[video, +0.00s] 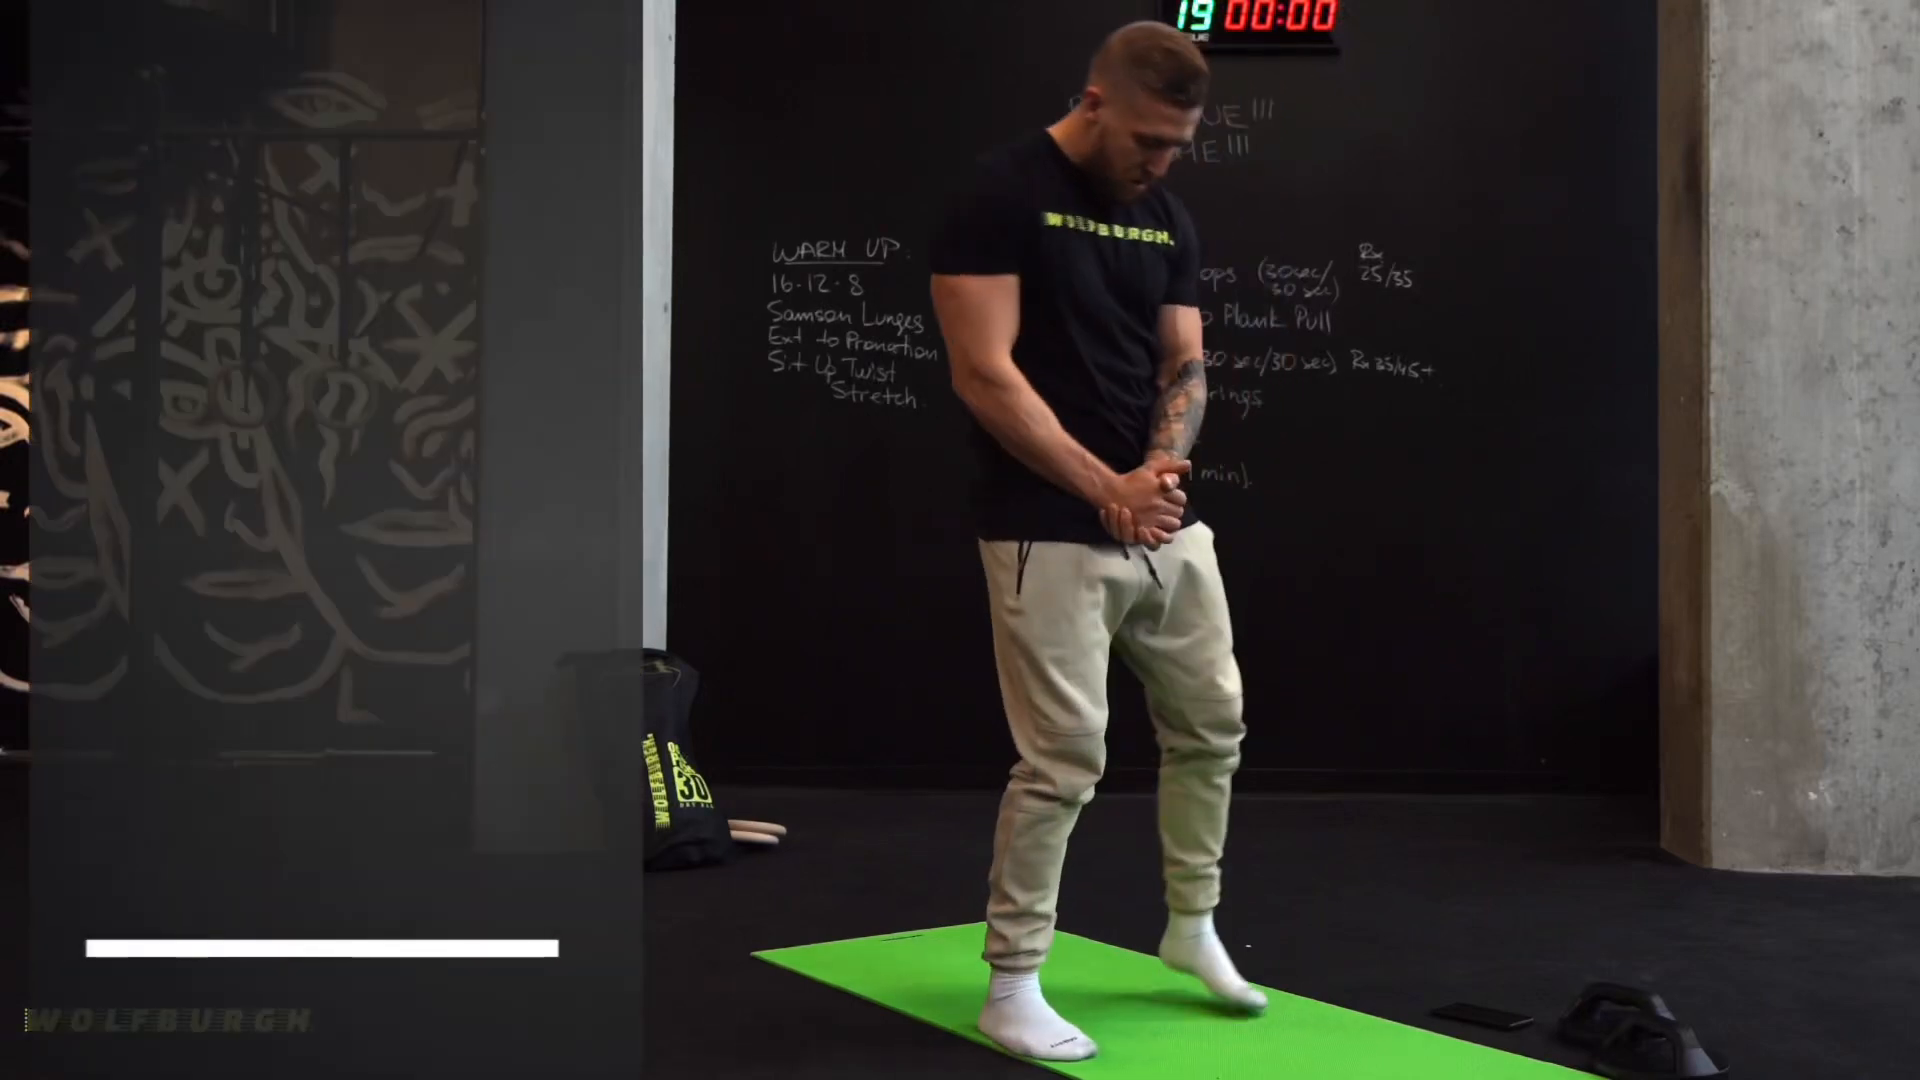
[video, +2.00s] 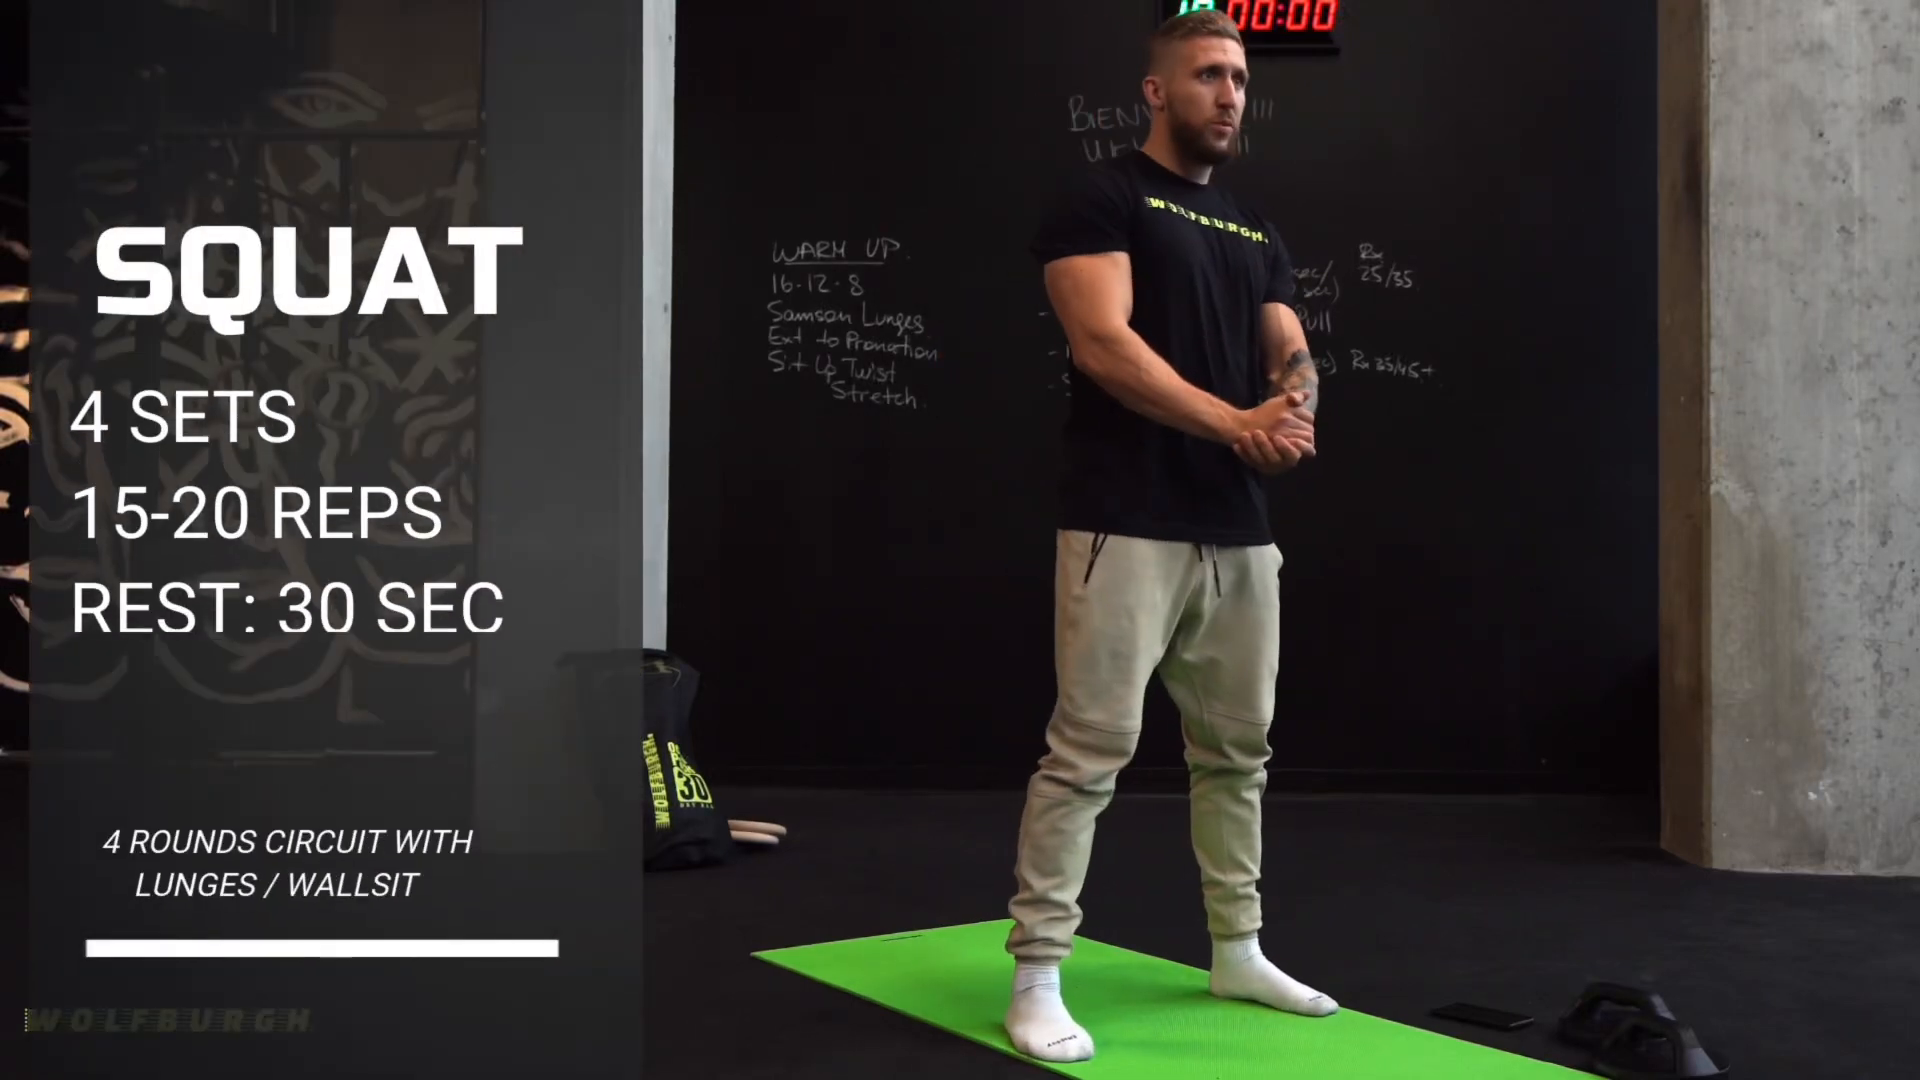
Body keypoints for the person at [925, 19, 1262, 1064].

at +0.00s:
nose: (1163, 166)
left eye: (1177, 147)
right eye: (1148, 143)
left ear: (1187, 128)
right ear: (1092, 102)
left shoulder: (1163, 212)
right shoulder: (1000, 195)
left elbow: (1185, 366)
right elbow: (982, 374)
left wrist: (1161, 471)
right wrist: (1103, 489)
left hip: (1161, 524)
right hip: (1047, 534)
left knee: (1209, 728)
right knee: (1062, 756)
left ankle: (1189, 930)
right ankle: (1014, 988)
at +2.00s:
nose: (1232, 95)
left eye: (1239, 79)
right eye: (1211, 76)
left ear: (1244, 96)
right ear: (1154, 89)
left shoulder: (1251, 232)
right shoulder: (1095, 200)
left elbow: (1288, 352)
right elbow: (1101, 344)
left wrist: (1292, 405)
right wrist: (1232, 423)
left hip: (1236, 528)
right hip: (1123, 523)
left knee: (1235, 747)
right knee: (1090, 749)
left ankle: (1237, 955)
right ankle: (1037, 980)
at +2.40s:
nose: (1214, 167)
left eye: (1220, 151)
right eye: (1189, 151)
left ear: (1227, 169)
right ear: (1135, 172)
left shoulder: (1238, 293)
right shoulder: (1086, 277)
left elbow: (1324, 368)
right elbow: (1148, 364)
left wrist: (1387, 366)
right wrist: (1314, 364)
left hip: (1180, 578)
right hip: (1066, 577)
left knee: (1286, 744)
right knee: (1088, 756)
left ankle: (1241, 955)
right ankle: (1036, 982)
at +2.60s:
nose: (1224, 319)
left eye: (1230, 303)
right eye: (1201, 303)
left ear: (1240, 320)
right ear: (1144, 325)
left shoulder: (1240, 426)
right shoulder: (1103, 413)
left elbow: (1368, 462)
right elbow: (1174, 454)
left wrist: (1403, 406)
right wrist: (1346, 386)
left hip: (1167, 667)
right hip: (1050, 668)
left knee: (1309, 750)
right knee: (1090, 760)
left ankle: (1243, 959)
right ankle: (1038, 988)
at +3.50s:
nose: (1212, 170)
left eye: (1217, 155)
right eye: (1188, 155)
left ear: (1224, 174)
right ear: (1132, 174)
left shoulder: (1239, 294)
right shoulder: (1087, 287)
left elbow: (1315, 407)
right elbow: (1113, 425)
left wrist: (1353, 485)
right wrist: (1257, 506)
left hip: (1207, 585)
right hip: (1087, 584)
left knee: (1297, 751)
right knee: (1114, 758)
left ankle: (1242, 959)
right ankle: (1043, 984)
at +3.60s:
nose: (1206, 113)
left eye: (1211, 98)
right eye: (1181, 99)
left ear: (1220, 119)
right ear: (1127, 122)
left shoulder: (1236, 250)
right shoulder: (1082, 234)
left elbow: (1296, 384)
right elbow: (1072, 391)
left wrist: (1324, 493)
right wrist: (1174, 515)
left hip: (1210, 555)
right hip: (1093, 554)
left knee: (1278, 746)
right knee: (1107, 754)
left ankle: (1242, 958)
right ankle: (1041, 982)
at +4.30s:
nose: (1221, 152)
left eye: (1226, 136)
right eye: (1196, 136)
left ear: (1232, 155)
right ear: (1141, 160)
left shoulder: (1245, 288)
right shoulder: (1092, 274)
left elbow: (1323, 393)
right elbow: (1120, 405)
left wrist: (1379, 454)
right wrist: (1276, 458)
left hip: (1198, 577)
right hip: (1080, 573)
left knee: (1291, 750)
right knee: (1092, 760)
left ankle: (1241, 958)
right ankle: (1039, 982)